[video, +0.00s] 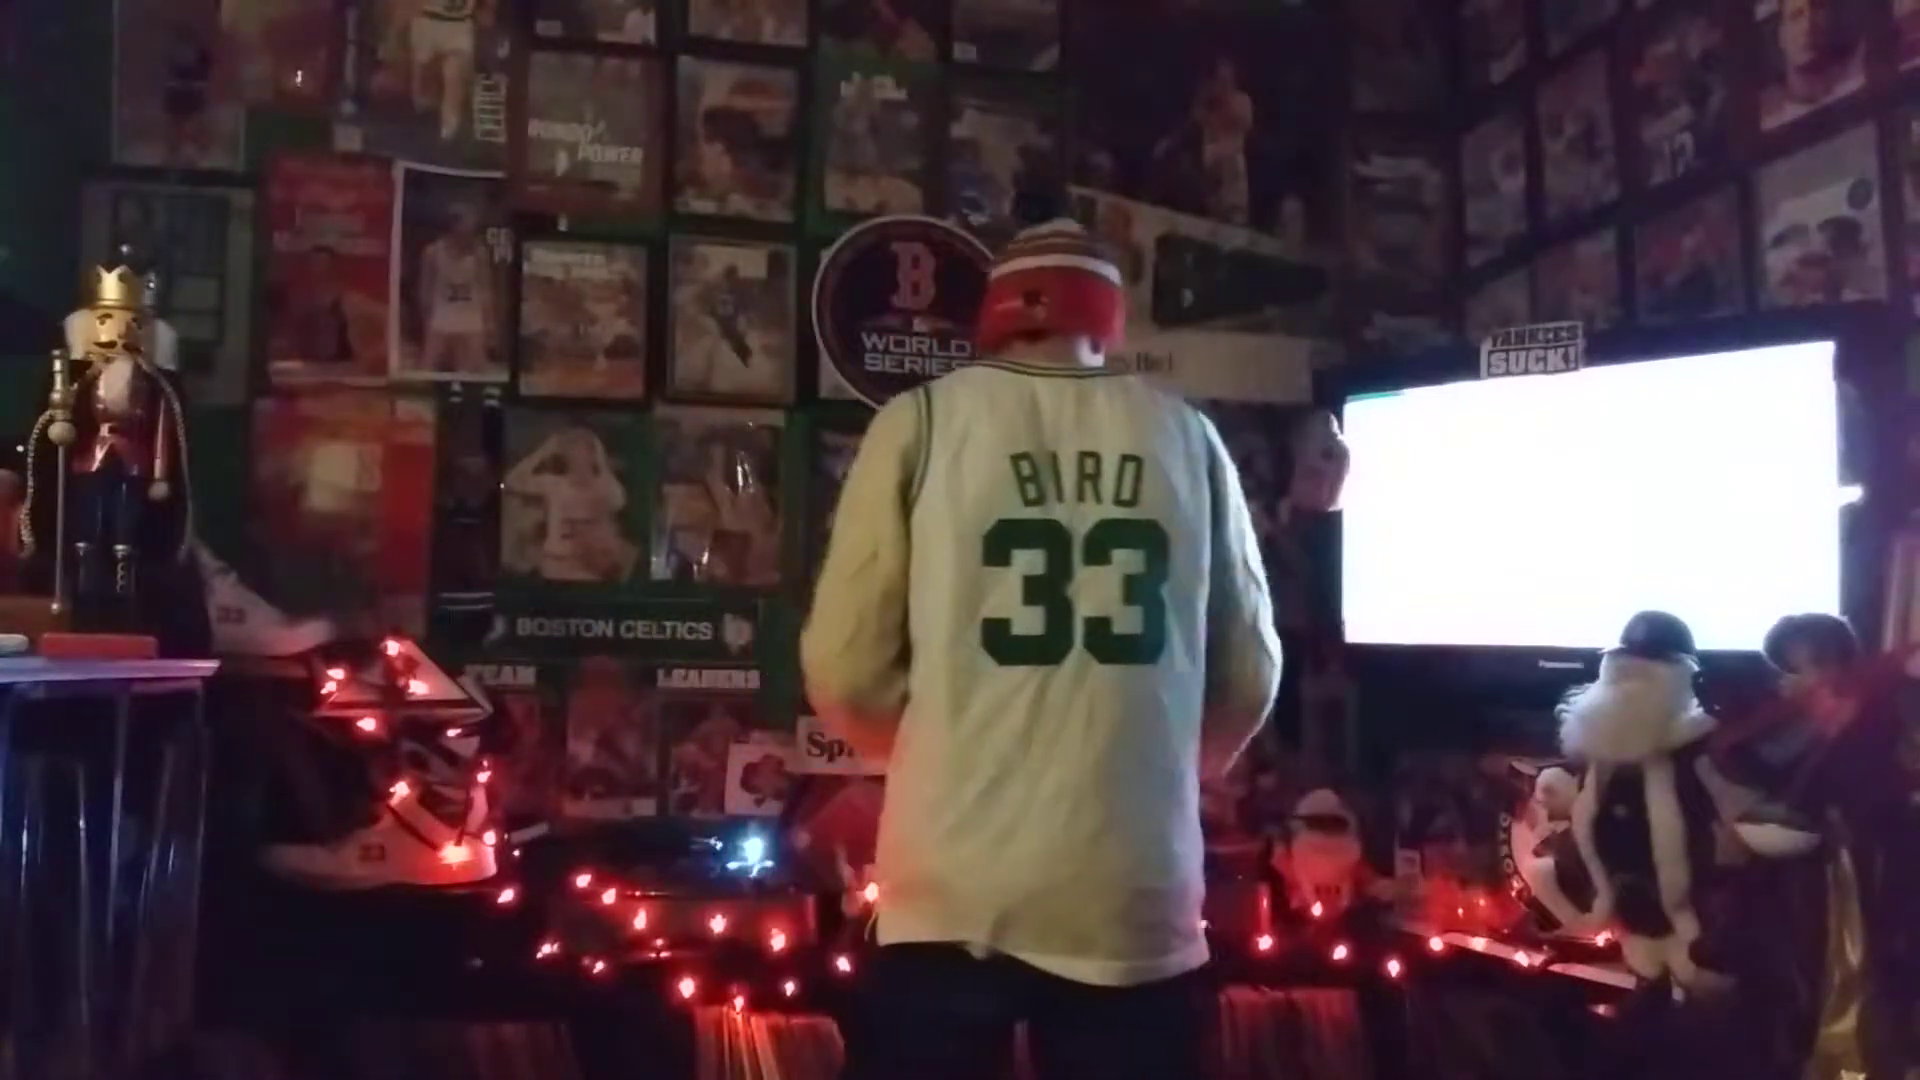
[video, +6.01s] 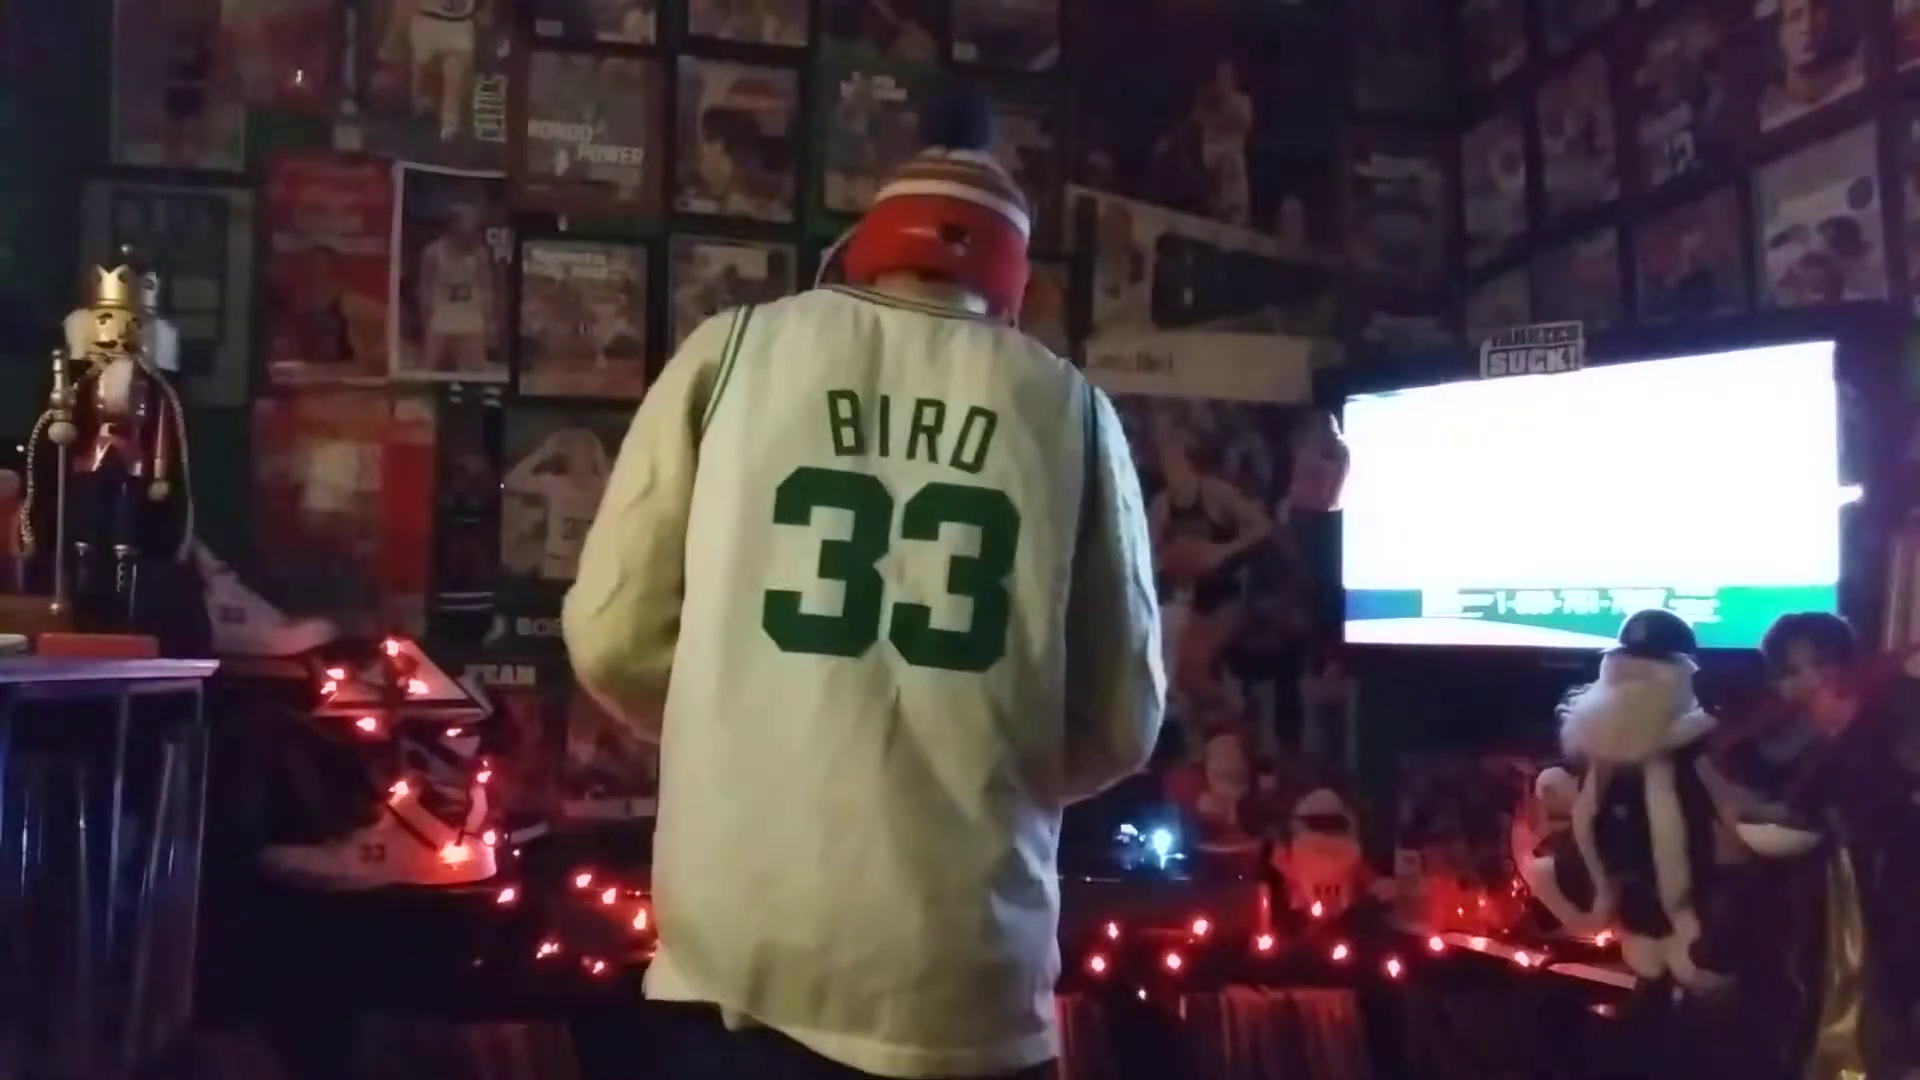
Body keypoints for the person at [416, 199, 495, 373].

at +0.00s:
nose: (467, 234)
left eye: (470, 229)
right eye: (463, 228)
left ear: (474, 229)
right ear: (453, 227)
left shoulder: (480, 252)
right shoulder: (433, 253)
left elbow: (487, 291)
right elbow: (425, 290)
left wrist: (490, 326)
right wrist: (427, 317)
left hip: (472, 328)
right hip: (440, 328)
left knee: (472, 381)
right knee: (433, 380)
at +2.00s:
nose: (468, 236)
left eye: (472, 231)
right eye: (464, 230)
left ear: (477, 230)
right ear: (454, 229)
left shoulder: (481, 252)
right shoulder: (434, 253)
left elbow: (487, 289)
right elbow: (425, 288)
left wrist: (490, 323)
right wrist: (427, 317)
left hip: (472, 327)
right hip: (440, 327)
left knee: (472, 380)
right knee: (434, 380)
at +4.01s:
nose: (467, 235)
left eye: (471, 230)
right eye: (463, 230)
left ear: (476, 230)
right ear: (453, 228)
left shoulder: (480, 252)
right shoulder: (434, 252)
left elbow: (486, 288)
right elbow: (425, 287)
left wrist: (489, 321)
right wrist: (426, 316)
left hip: (471, 327)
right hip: (440, 326)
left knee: (472, 378)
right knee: (432, 378)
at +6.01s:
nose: (467, 236)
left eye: (471, 231)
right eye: (463, 231)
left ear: (476, 230)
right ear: (452, 228)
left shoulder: (480, 253)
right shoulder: (434, 253)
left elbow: (487, 290)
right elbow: (426, 288)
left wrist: (489, 323)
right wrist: (427, 320)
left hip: (472, 326)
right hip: (440, 325)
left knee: (475, 377)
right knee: (429, 377)